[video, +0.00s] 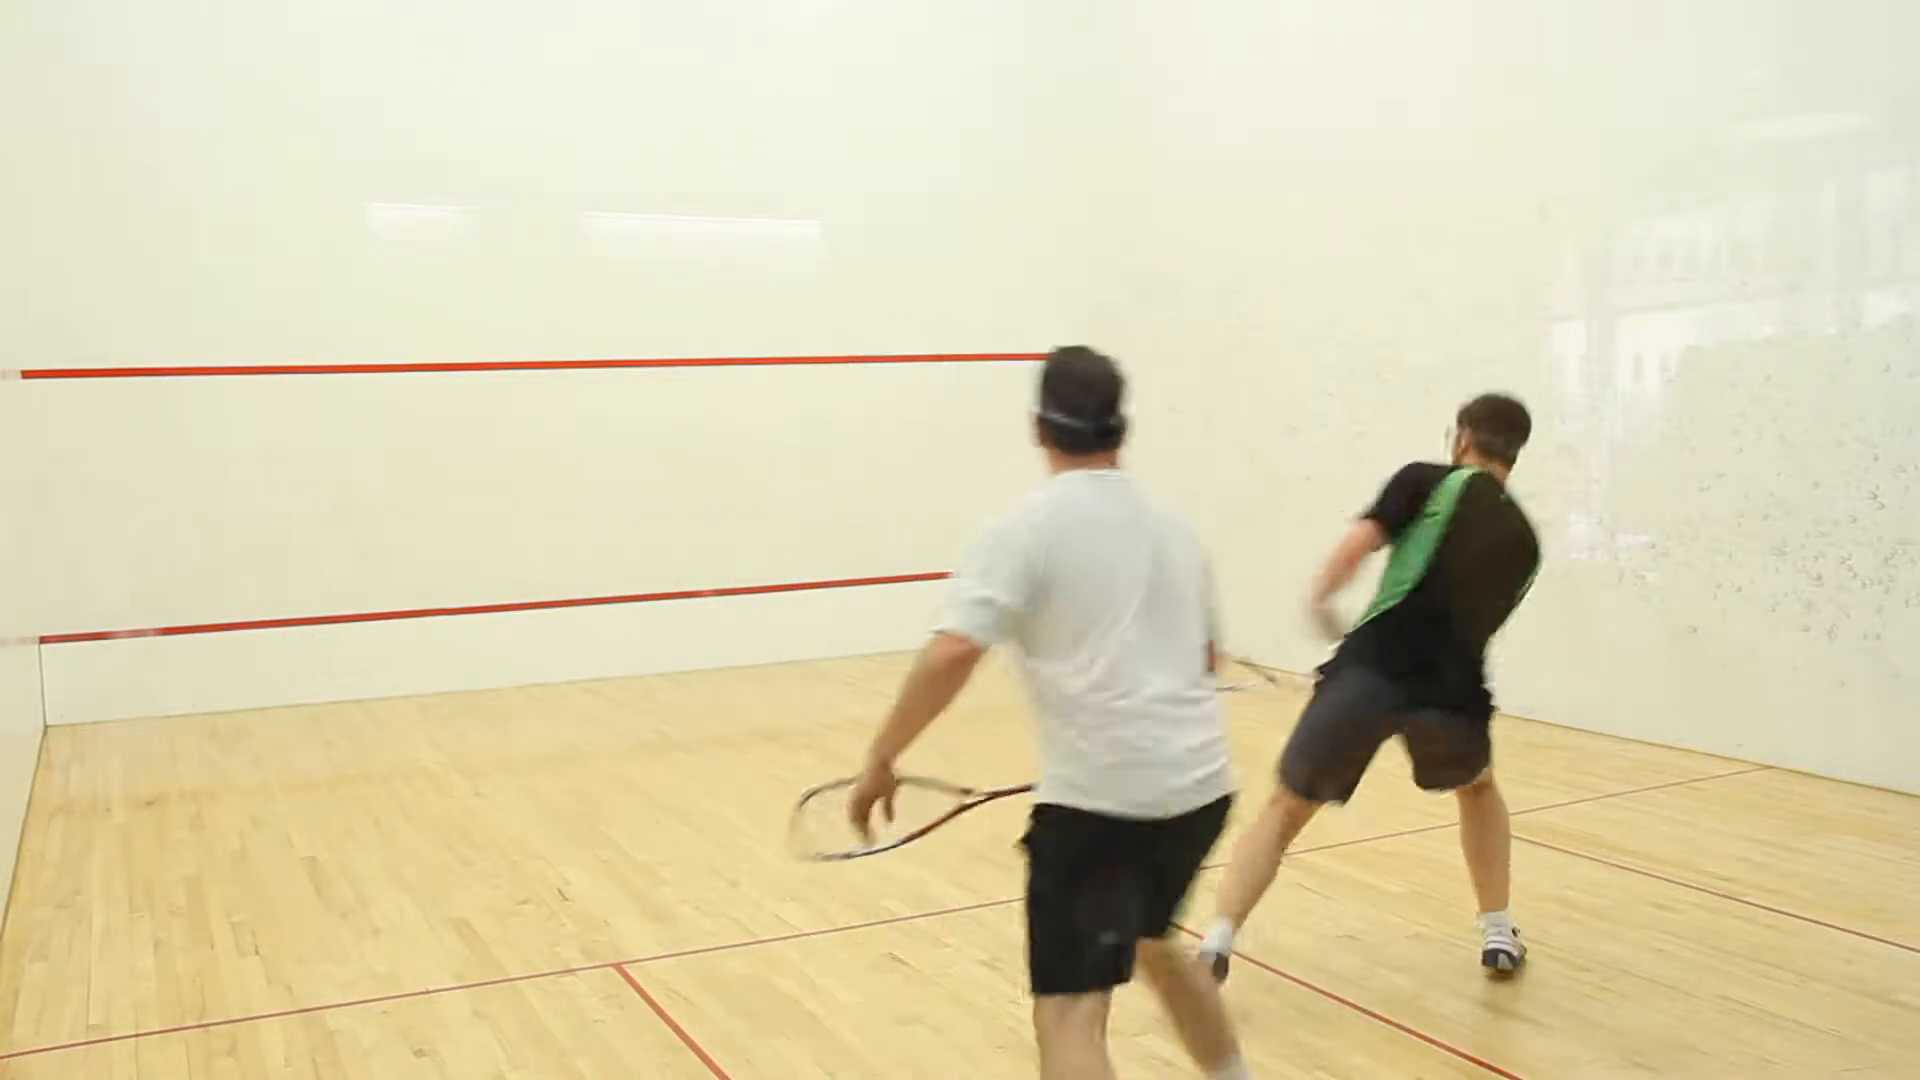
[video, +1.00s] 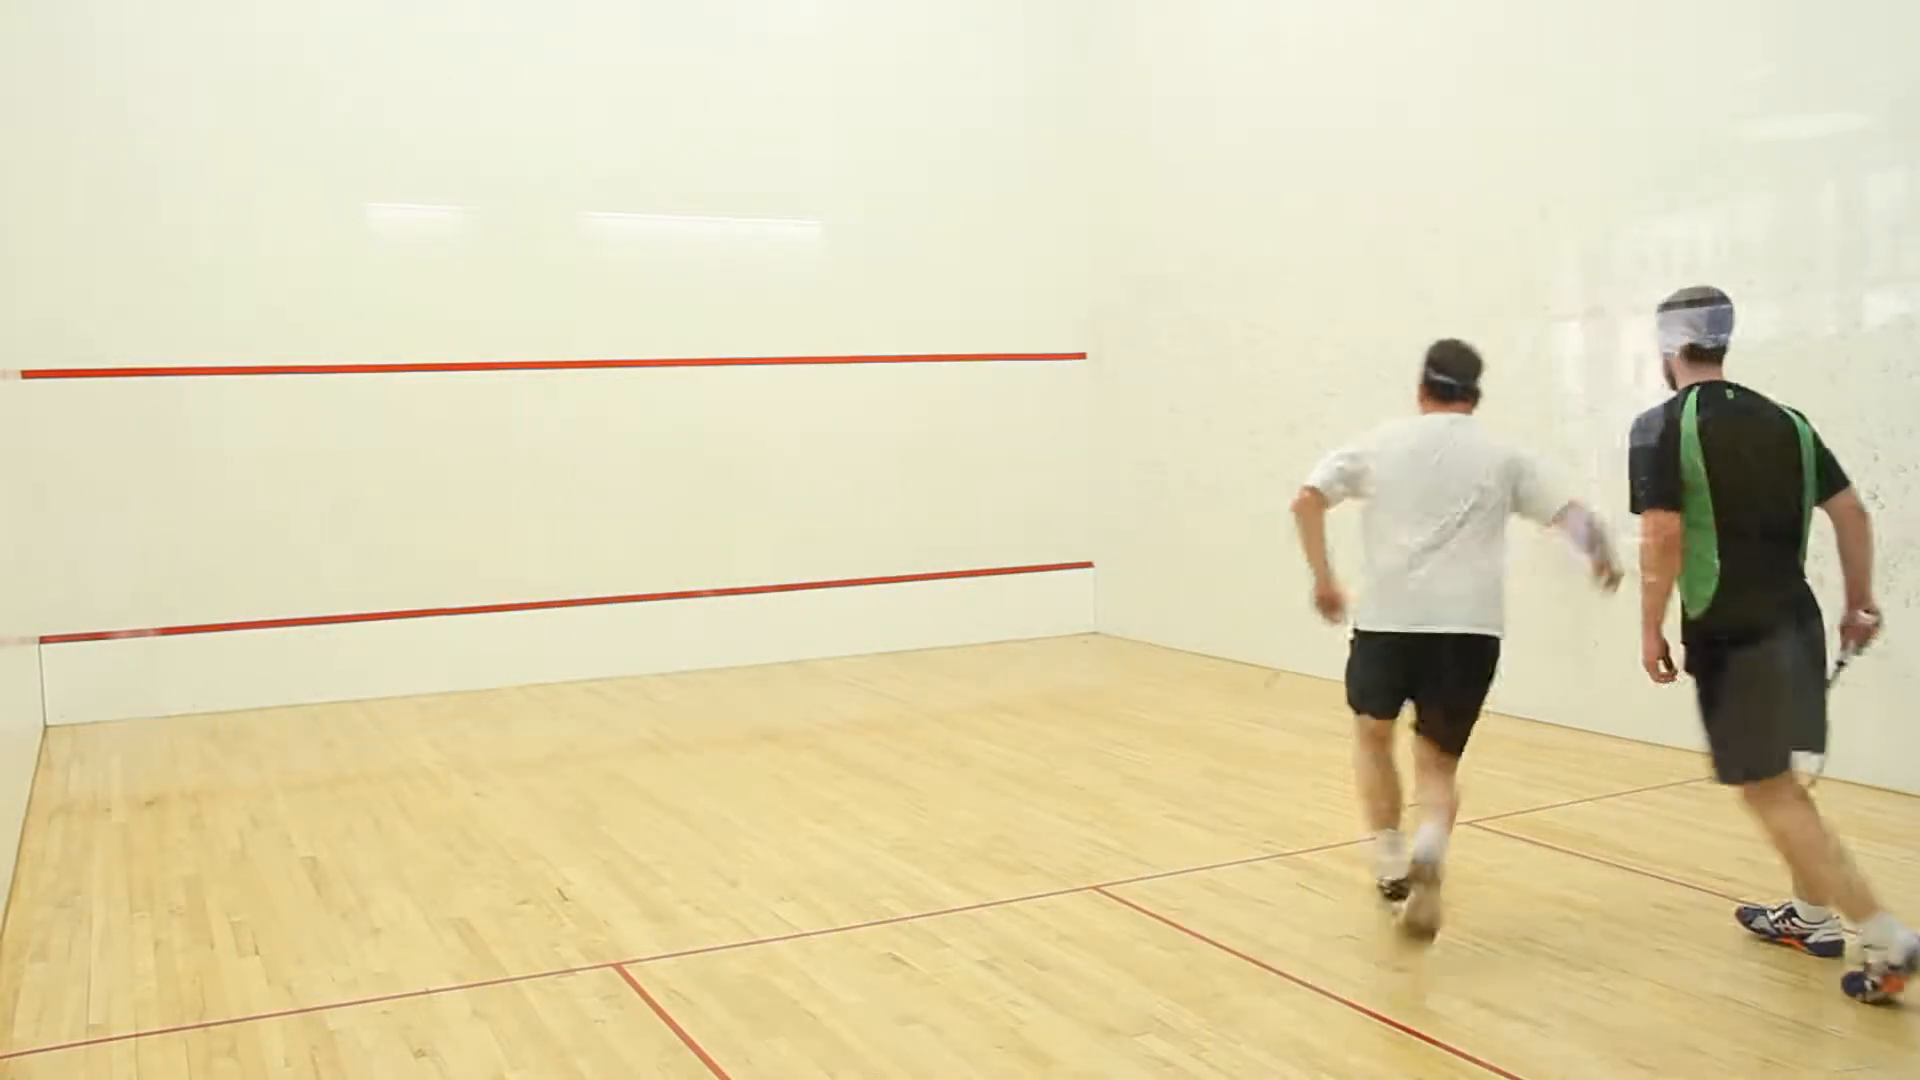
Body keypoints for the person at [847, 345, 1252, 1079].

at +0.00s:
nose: (1038, 424)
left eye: (1037, 415)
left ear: (1039, 428)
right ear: (1123, 426)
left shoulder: (1028, 527)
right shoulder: (1173, 527)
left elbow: (952, 654)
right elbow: (1205, 659)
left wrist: (882, 759)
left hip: (1095, 801)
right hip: (1200, 792)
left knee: (1072, 1015)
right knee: (1156, 940)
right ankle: (1233, 1070)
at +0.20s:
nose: (1106, 428)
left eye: (1108, 417)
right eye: (1110, 417)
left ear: (1117, 424)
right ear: (1189, 429)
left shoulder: (1109, 515)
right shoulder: (1249, 514)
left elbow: (1034, 637)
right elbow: (1298, 640)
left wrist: (990, 716)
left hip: (1181, 775)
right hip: (1284, 767)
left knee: (1057, 923)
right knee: (1204, 857)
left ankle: (1102, 1069)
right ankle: (1298, 1023)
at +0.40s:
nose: (1227, 455)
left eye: (1231, 446)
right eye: (1234, 445)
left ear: (1240, 455)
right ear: (1303, 459)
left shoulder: (1208, 538)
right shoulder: (1343, 542)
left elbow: (1137, 645)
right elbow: (1384, 655)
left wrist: (1118, 682)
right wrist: (1322, 697)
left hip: (1223, 781)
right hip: (1328, 780)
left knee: (1153, 945)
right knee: (1289, 852)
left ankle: (1145, 1070)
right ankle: (1342, 1018)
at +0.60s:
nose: (1312, 429)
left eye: (1315, 419)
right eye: (1320, 420)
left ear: (1324, 426)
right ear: (1386, 438)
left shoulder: (1274, 493)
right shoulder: (1413, 519)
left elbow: (1189, 578)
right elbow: (1463, 631)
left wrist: (1199, 650)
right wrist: (1427, 693)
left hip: (1282, 717)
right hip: (1379, 722)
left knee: (1258, 866)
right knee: (1340, 829)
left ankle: (1333, 1011)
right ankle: (1353, 976)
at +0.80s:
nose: (1365, 418)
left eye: (1366, 408)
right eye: (1381, 410)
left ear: (1370, 412)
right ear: (1429, 419)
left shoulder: (1325, 479)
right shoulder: (1462, 489)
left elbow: (1269, 560)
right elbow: (1517, 590)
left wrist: (1312, 591)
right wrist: (1505, 661)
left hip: (1335, 681)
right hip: (1424, 684)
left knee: (1334, 821)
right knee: (1411, 812)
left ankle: (1330, 938)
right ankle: (1396, 960)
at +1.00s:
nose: (1434, 397)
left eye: (1428, 386)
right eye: (1462, 393)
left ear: (1422, 389)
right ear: (1476, 396)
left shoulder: (1384, 444)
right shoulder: (1499, 455)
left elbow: (1306, 503)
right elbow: (1575, 515)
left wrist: (1324, 580)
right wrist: (1604, 557)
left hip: (1386, 629)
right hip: (1469, 635)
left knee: (1374, 738)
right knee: (1439, 759)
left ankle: (1391, 861)